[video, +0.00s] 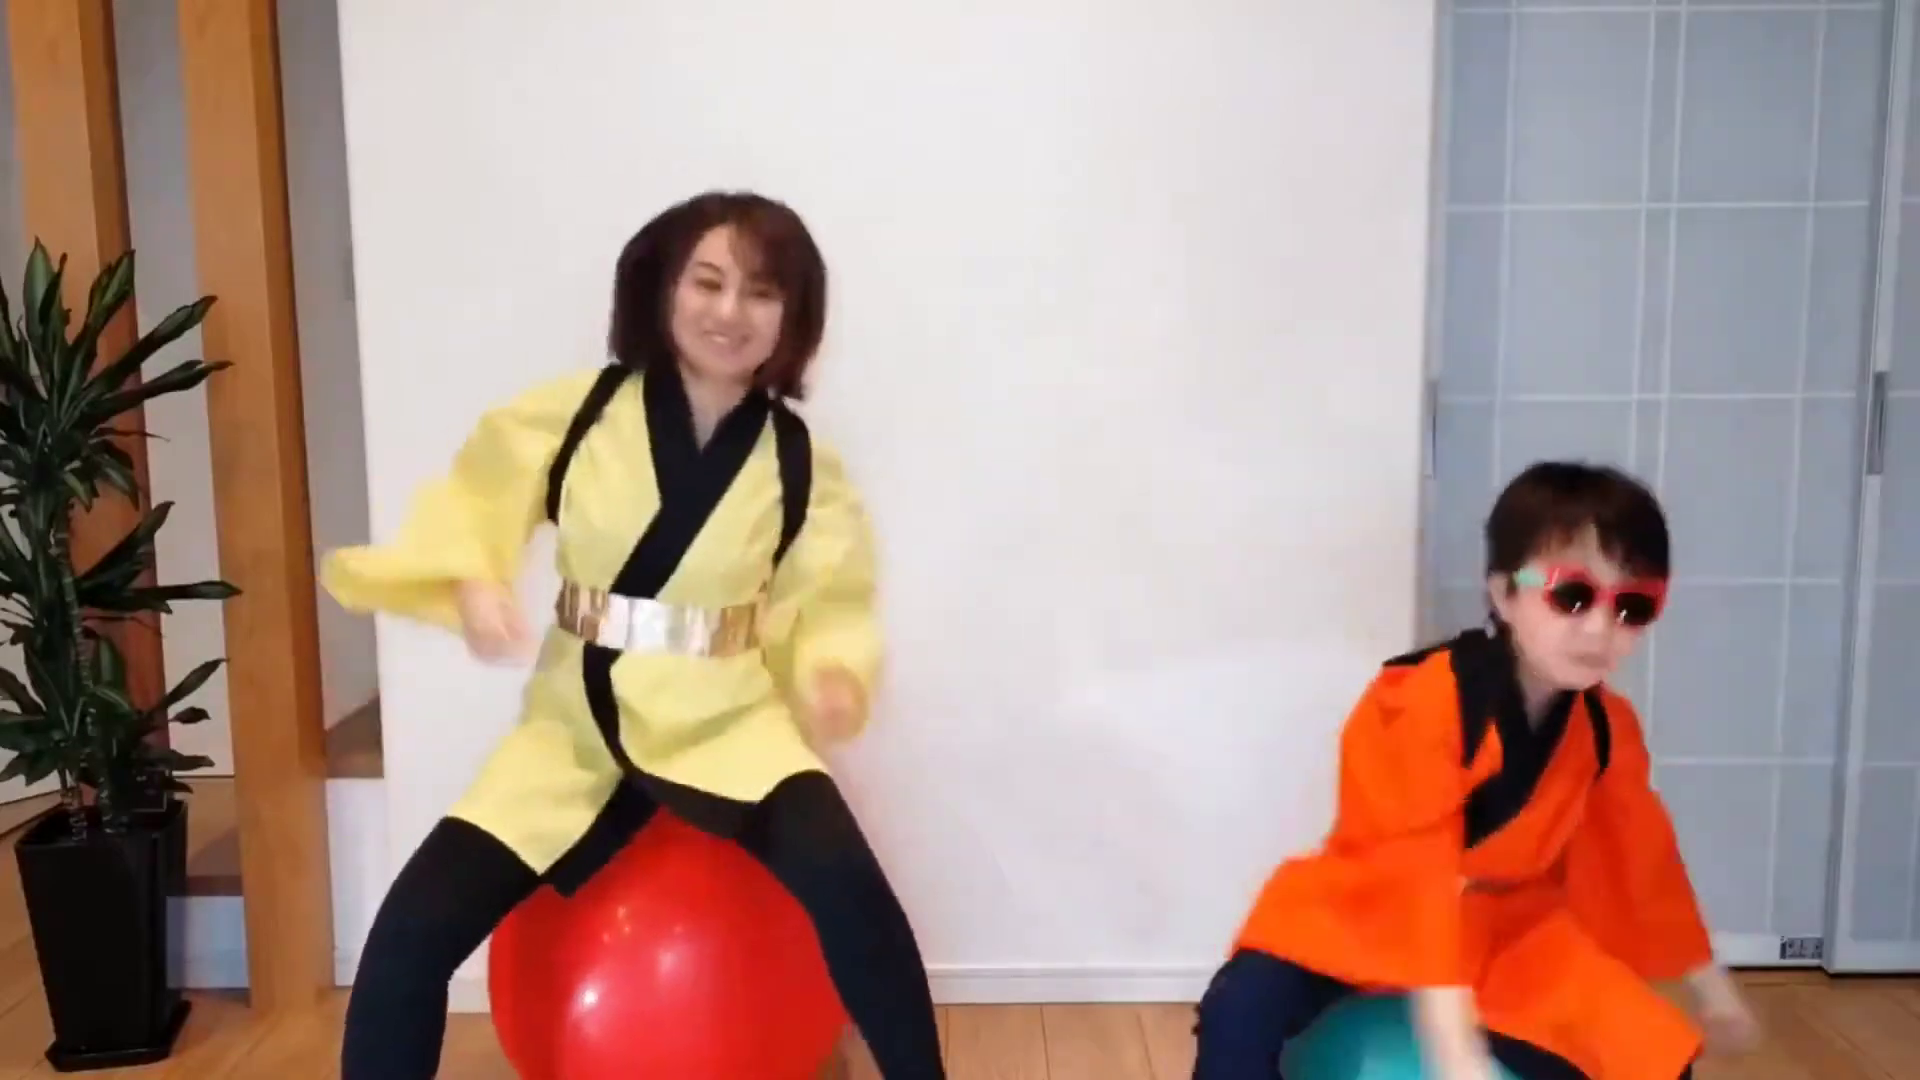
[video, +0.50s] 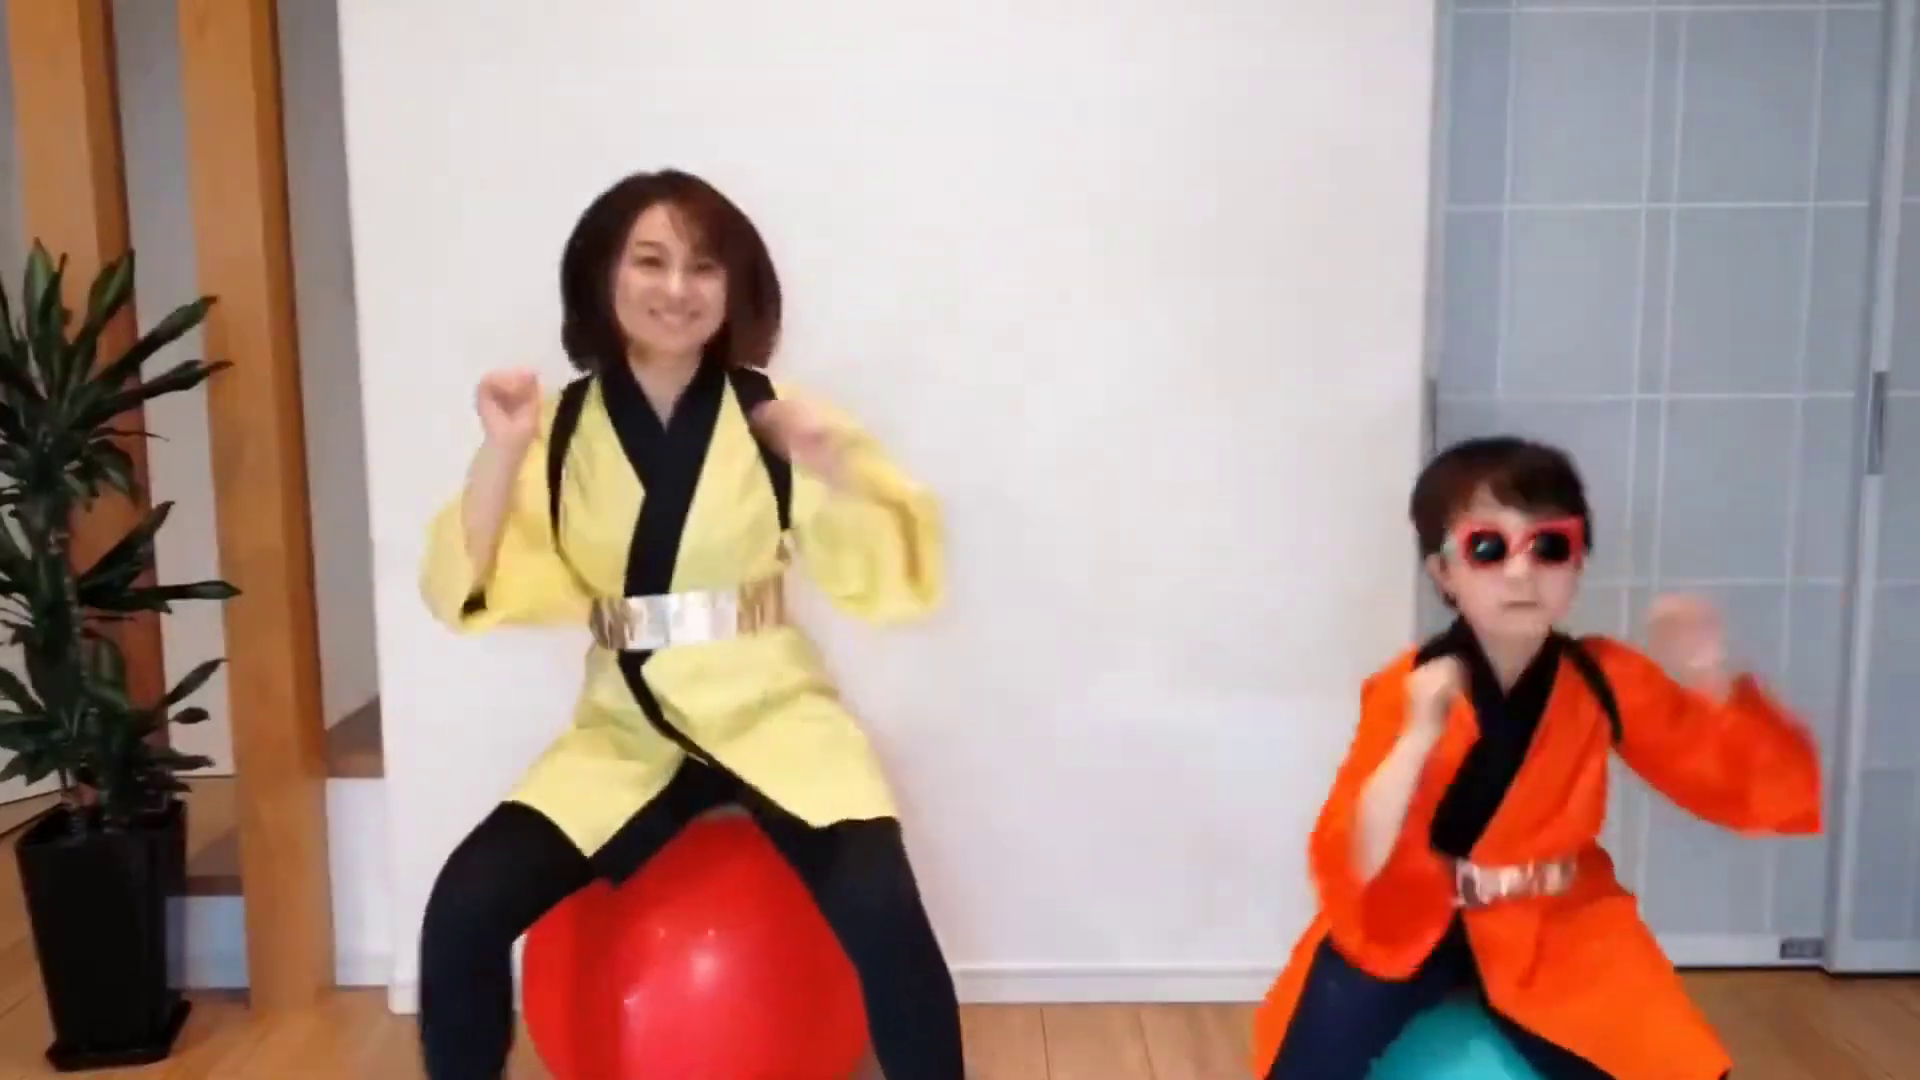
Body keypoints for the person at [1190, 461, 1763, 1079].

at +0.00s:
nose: (1602, 628)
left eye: (1631, 608)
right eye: (1574, 595)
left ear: (1648, 621)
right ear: (1503, 597)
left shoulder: (1606, 729)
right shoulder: (1415, 703)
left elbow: (1647, 868)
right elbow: (1418, 889)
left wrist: (1713, 992)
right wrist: (1458, 1058)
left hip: (1504, 929)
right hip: (1365, 910)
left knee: (1649, 1051)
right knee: (1238, 1015)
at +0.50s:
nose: (1521, 568)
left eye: (1549, 545)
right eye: (1488, 547)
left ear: (1580, 564)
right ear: (1443, 574)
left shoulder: (1604, 679)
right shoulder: (1409, 689)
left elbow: (1767, 791)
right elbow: (1348, 869)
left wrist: (1718, 687)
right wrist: (1416, 742)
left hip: (1551, 923)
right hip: (1412, 918)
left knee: (1661, 1062)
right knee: (1312, 1051)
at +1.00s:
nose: (1401, 552)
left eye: (1432, 523)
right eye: (1372, 527)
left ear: (1483, 536)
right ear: (1347, 542)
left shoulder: (1528, 677)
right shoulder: (1333, 661)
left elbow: (1540, 851)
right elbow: (1287, 805)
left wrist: (1481, 1018)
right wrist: (1232, 918)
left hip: (1498, 909)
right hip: (1375, 892)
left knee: (1652, 1058)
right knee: (1251, 970)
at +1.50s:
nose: (1353, 436)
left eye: (1382, 415)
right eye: (1325, 412)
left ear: (1425, 434)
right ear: (1294, 430)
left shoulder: (1450, 554)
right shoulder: (1273, 560)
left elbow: (1498, 681)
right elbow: (1162, 657)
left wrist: (1431, 548)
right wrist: (1118, 570)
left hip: (1445, 827)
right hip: (1321, 820)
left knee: (1543, 1036)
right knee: (1209, 984)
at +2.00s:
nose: (1483, 459)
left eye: (1515, 439)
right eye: (1459, 426)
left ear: (1537, 446)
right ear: (1397, 423)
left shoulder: (1536, 561)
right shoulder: (1336, 539)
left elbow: (1581, 714)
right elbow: (1223, 661)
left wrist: (1635, 842)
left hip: (1490, 805)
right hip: (1351, 800)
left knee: (1646, 983)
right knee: (1240, 954)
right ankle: (1207, 1067)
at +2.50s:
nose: (1560, 399)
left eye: (1587, 377)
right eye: (1529, 373)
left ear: (1609, 391)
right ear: (1467, 389)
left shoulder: (1591, 517)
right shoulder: (1421, 504)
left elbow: (1698, 589)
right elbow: (1423, 618)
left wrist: (1828, 555)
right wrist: (1563, 558)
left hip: (1537, 780)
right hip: (1408, 774)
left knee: (1643, 1006)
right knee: (1306, 965)